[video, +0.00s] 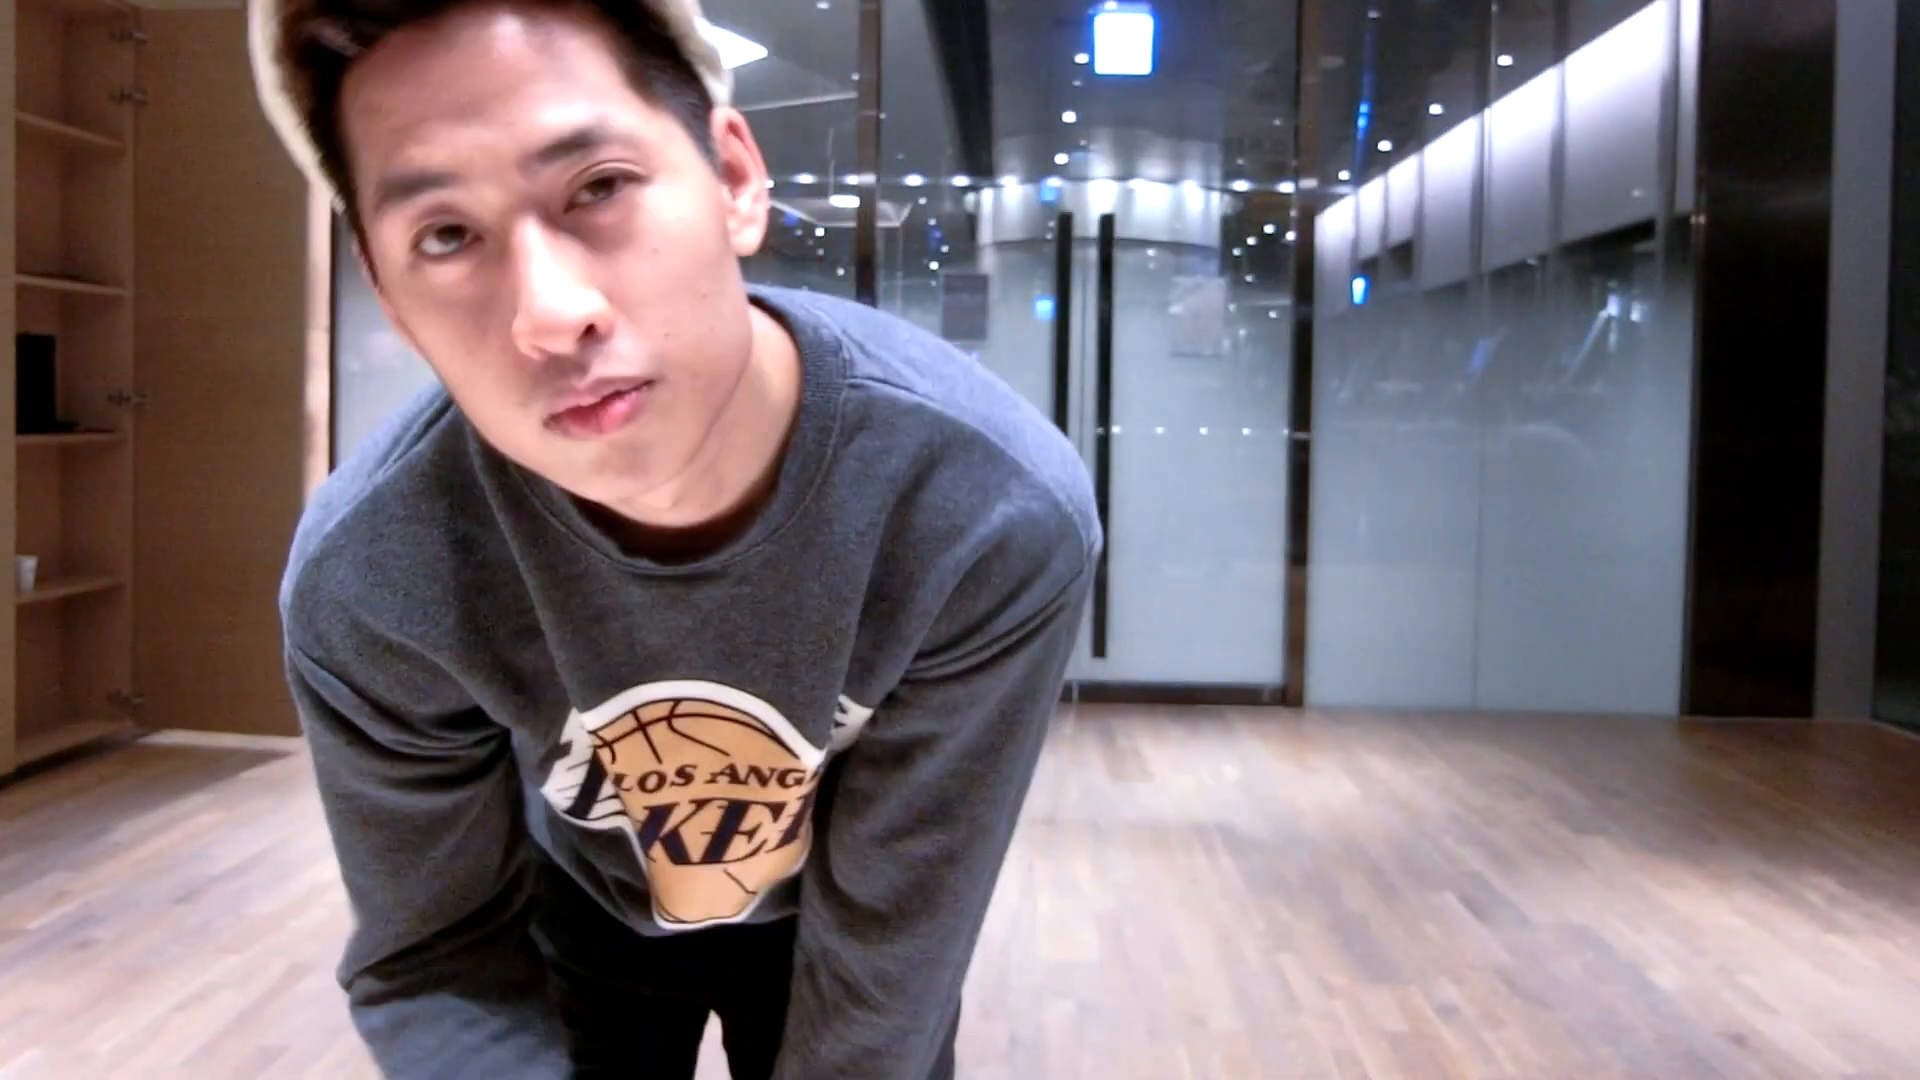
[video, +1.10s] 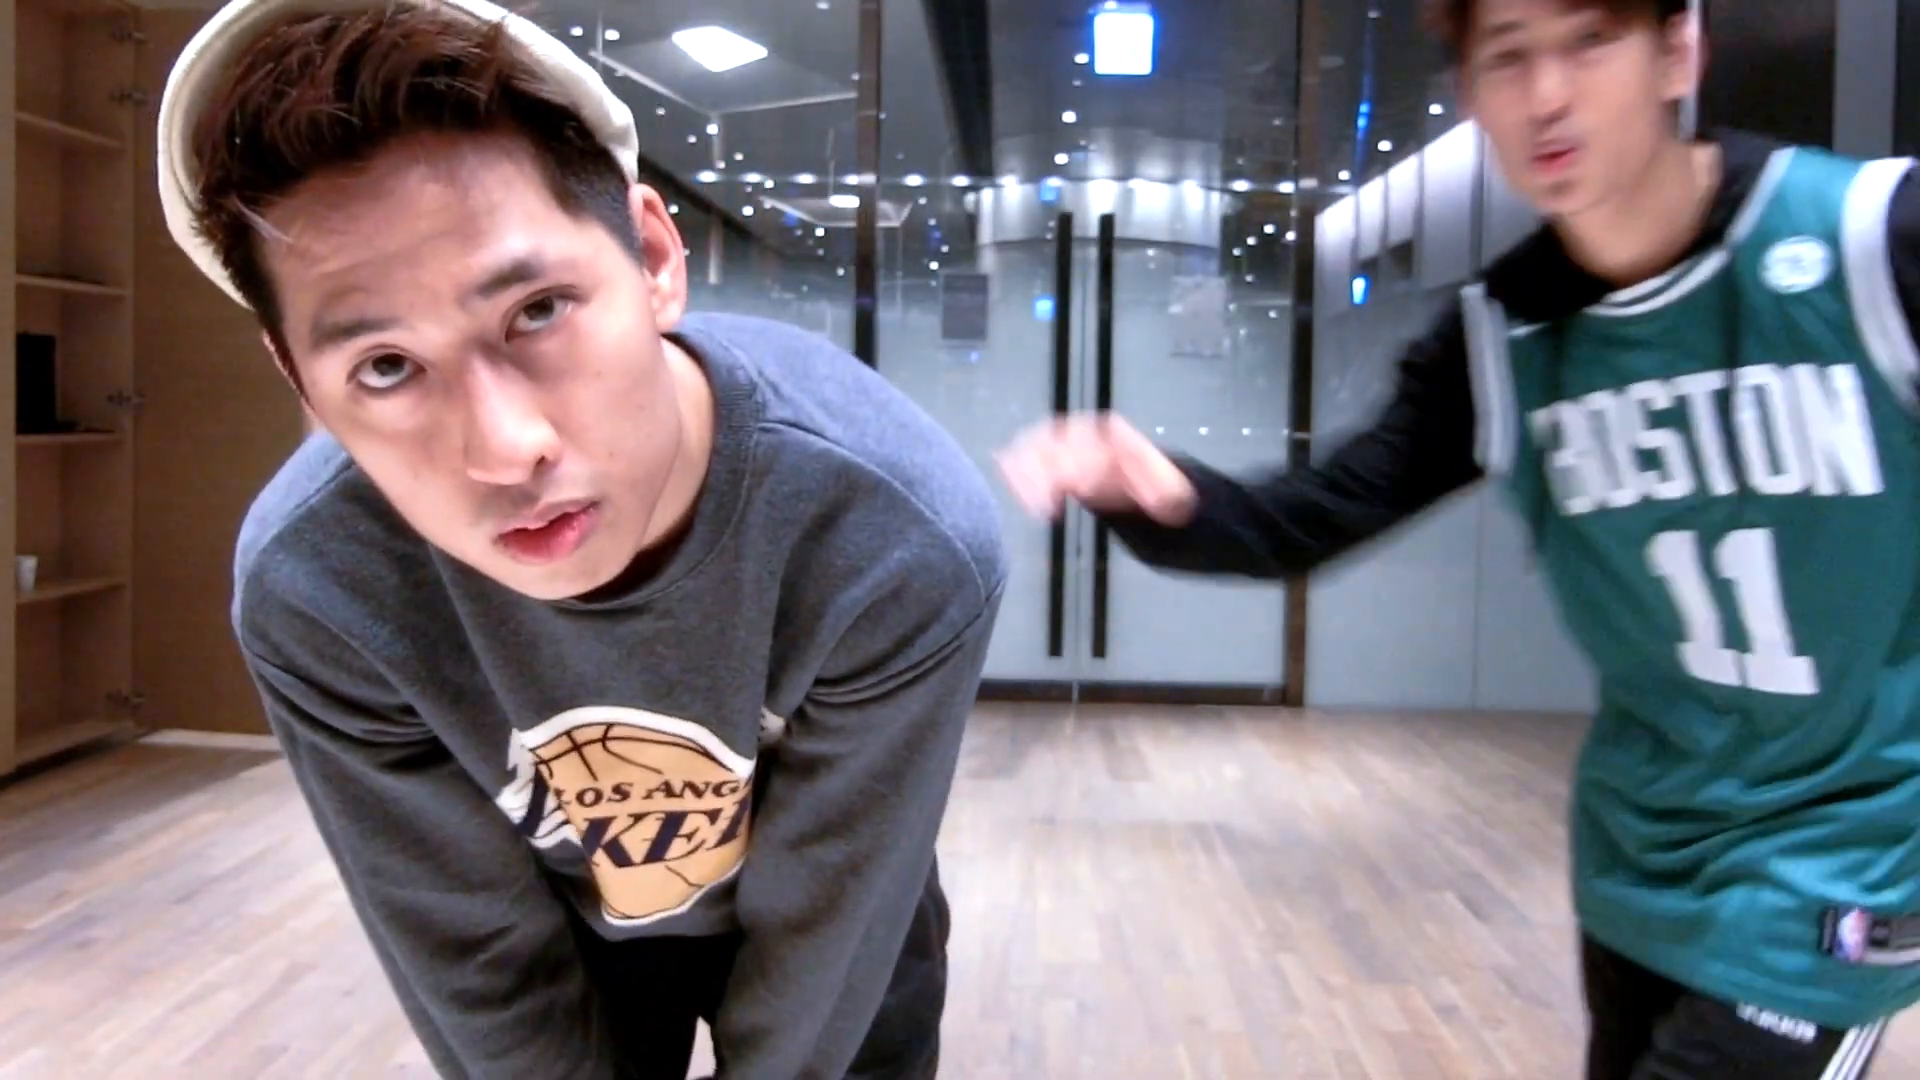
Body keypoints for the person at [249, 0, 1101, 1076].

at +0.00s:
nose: (549, 315)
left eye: (596, 188)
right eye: (446, 234)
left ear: (736, 182)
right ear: (386, 289)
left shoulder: (993, 520)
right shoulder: (367, 587)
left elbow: (882, 981)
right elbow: (436, 963)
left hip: (846, 926)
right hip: (586, 926)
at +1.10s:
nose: (503, 450)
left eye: (536, 312)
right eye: (387, 369)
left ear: (657, 259)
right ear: (304, 386)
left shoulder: (901, 542)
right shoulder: (310, 587)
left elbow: (812, 979)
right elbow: (497, 1006)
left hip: (837, 924)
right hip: (565, 946)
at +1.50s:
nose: (460, 484)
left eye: (509, 377)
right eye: (362, 411)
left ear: (629, 261)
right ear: (289, 373)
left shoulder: (852, 485)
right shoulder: (267, 521)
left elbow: (801, 978)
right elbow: (315, 998)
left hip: (771, 903)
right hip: (507, 896)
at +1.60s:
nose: (606, 364)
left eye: (625, 254)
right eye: (503, 319)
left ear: (656, 192)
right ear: (330, 309)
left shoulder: (834, 460)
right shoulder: (257, 475)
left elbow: (776, 973)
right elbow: (252, 959)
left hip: (782, 882)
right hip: (508, 876)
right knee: (472, 1058)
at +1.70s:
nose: (710, 298)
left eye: (691, 198)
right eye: (616, 283)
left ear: (680, 126)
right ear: (422, 337)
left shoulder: (817, 425)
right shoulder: (249, 431)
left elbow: (719, 924)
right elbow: (234, 913)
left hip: (772, 872)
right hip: (496, 870)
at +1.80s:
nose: (725, 273)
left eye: (708, 180)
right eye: (638, 263)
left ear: (702, 120)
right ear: (437, 326)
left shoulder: (817, 404)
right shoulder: (238, 415)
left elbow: (688, 900)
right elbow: (257, 878)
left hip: (768, 860)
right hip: (485, 859)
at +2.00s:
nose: (731, 249)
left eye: (710, 157)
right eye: (648, 236)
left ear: (707, 108)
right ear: (442, 301)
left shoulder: (810, 390)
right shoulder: (228, 406)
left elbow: (723, 868)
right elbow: (358, 785)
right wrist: (455, 981)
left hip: (757, 867)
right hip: (488, 880)